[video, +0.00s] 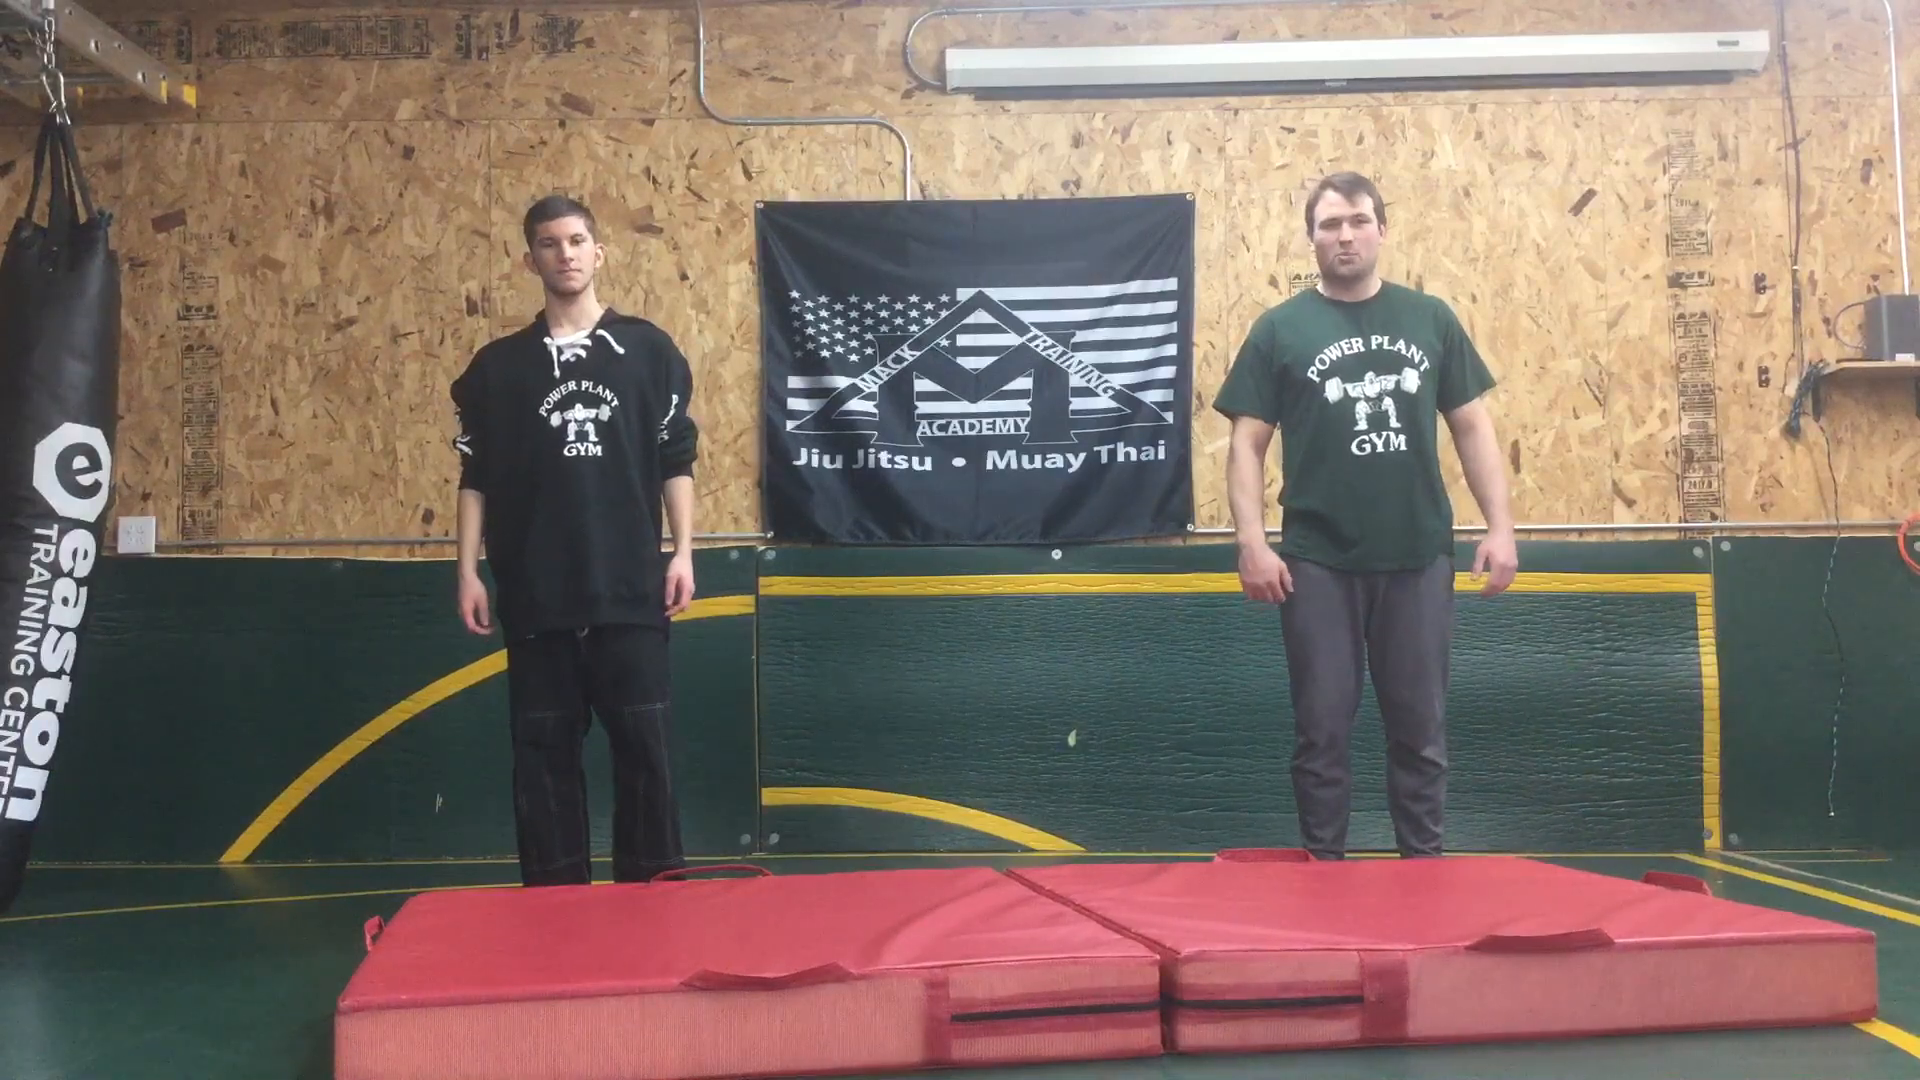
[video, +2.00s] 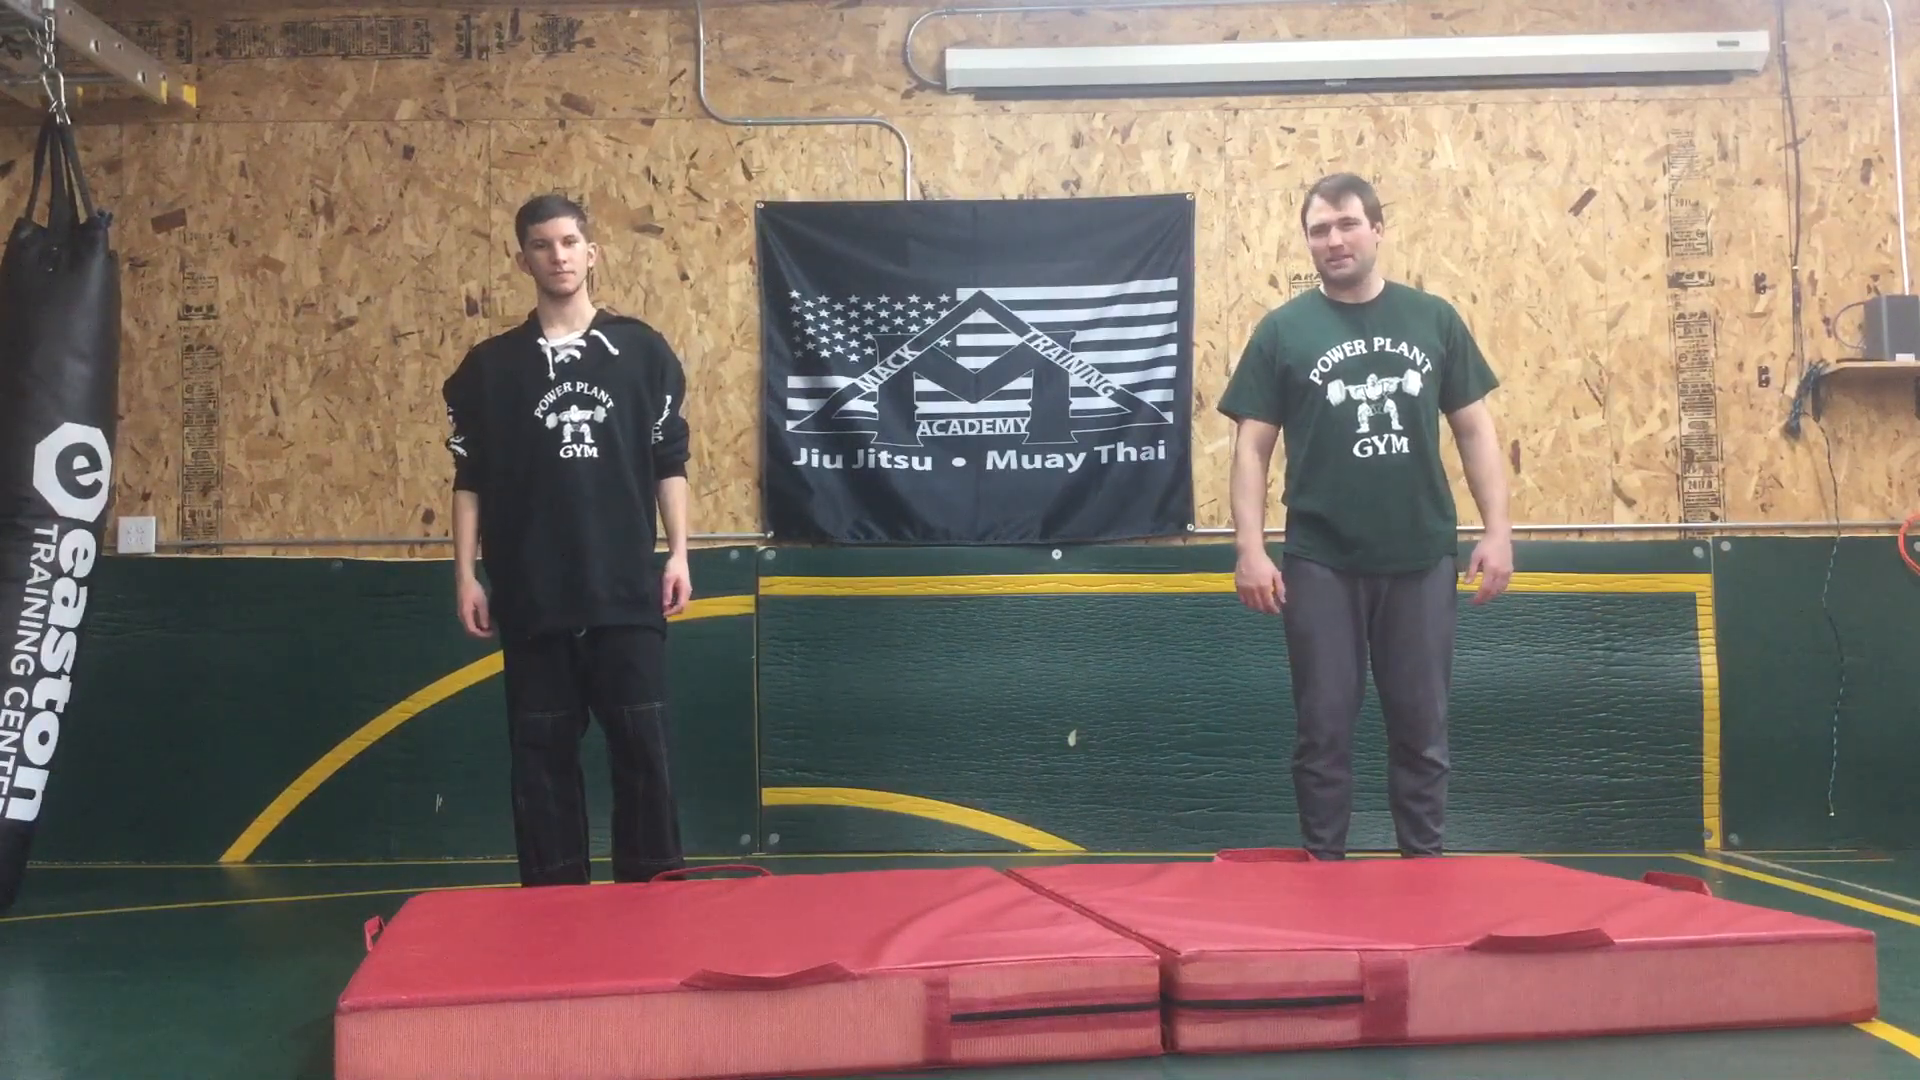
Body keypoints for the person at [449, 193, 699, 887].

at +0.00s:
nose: (566, 255)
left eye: (576, 241)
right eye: (550, 245)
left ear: (597, 251)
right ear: (532, 260)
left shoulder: (649, 349)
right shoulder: (495, 365)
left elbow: (675, 460)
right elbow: (474, 475)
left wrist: (683, 550)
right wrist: (468, 570)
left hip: (630, 581)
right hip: (533, 587)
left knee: (645, 750)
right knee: (545, 757)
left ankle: (654, 900)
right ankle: (555, 907)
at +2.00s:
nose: (559, 256)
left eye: (569, 242)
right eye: (543, 246)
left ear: (590, 250)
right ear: (525, 261)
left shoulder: (643, 350)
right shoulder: (486, 366)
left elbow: (669, 462)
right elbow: (468, 479)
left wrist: (679, 551)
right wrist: (466, 574)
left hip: (625, 585)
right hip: (529, 591)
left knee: (643, 754)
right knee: (542, 764)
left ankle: (653, 906)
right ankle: (554, 914)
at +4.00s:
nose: (562, 251)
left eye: (573, 238)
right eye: (547, 241)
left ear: (595, 251)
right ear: (529, 257)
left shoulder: (644, 349)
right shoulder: (490, 363)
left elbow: (671, 459)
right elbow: (474, 475)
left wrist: (682, 550)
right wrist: (466, 572)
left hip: (626, 583)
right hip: (531, 588)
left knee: (645, 751)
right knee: (543, 760)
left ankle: (652, 903)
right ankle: (554, 909)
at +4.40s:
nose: (559, 251)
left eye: (571, 238)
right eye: (545, 241)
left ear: (593, 250)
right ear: (528, 257)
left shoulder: (643, 349)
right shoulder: (488, 364)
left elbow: (672, 458)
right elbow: (470, 475)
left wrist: (681, 548)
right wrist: (464, 569)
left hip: (626, 585)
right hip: (530, 590)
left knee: (642, 753)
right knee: (542, 760)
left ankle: (652, 906)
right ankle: (554, 912)